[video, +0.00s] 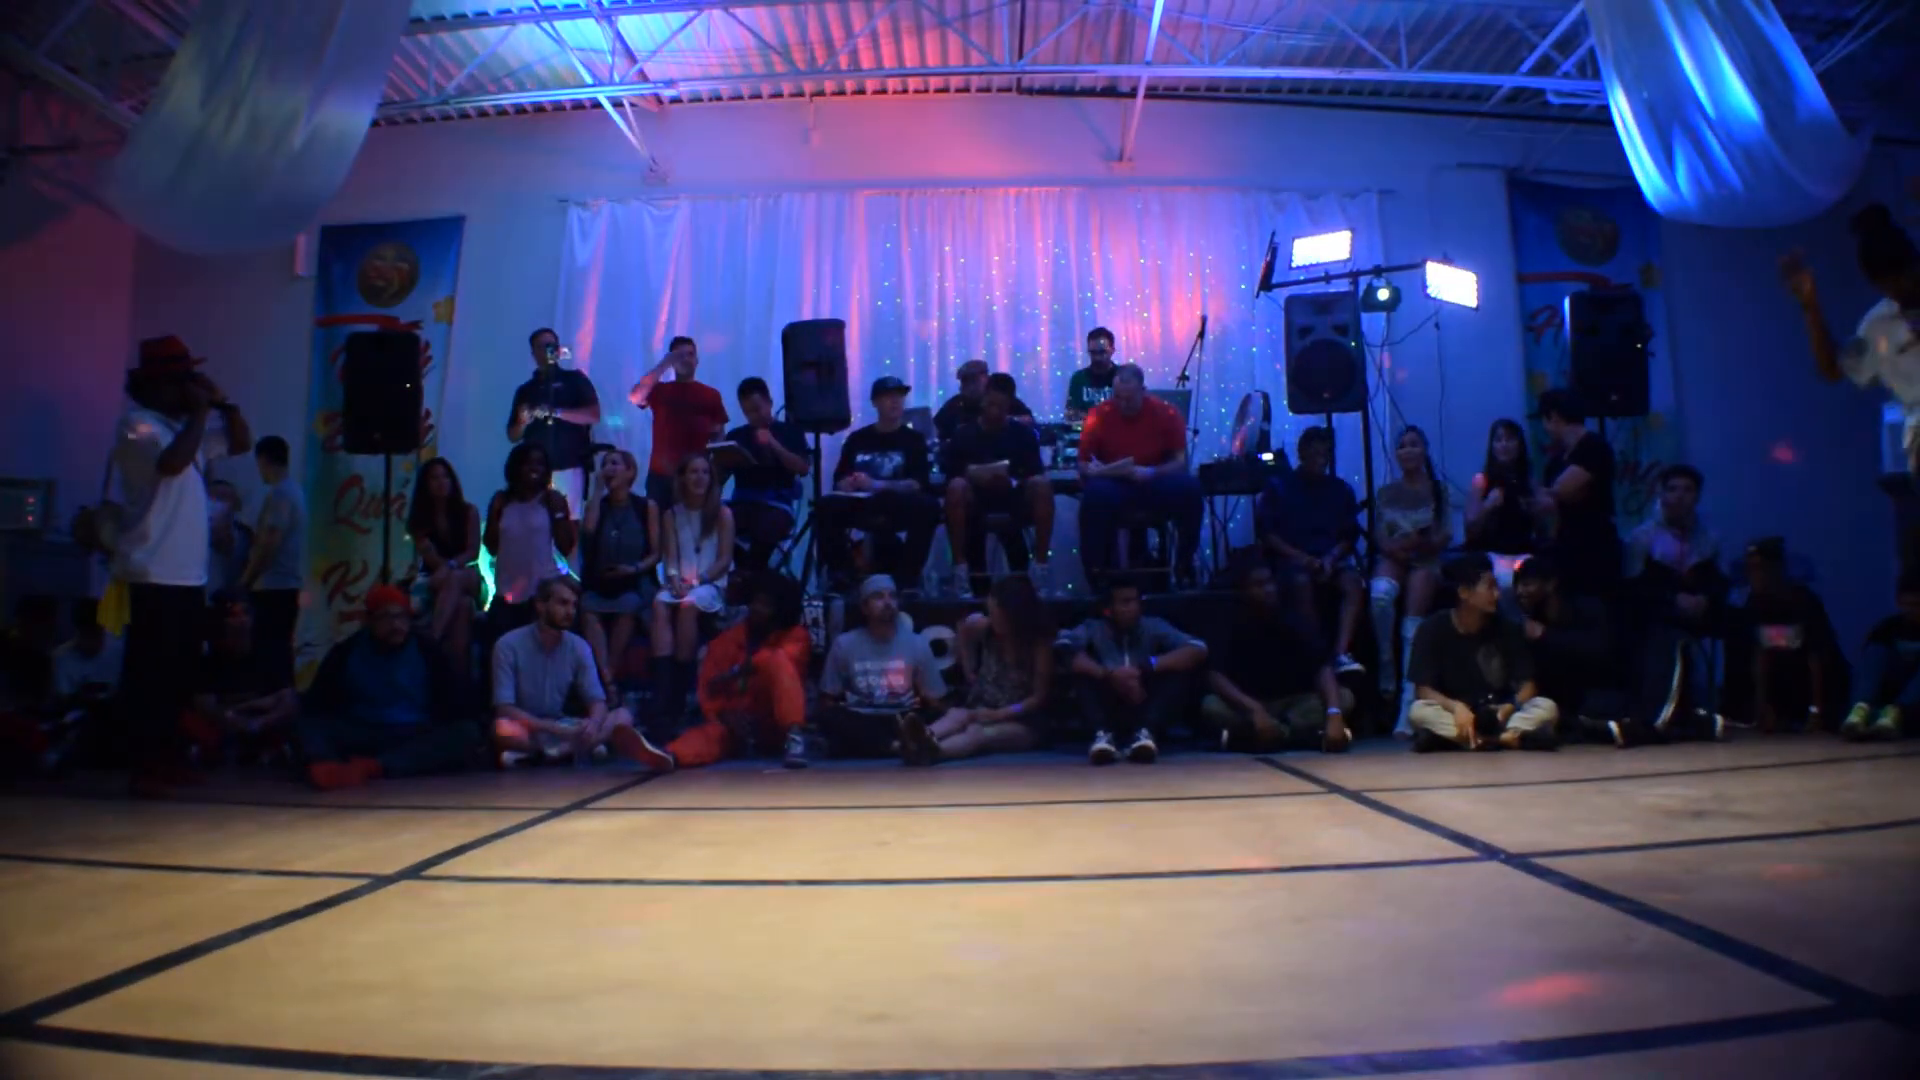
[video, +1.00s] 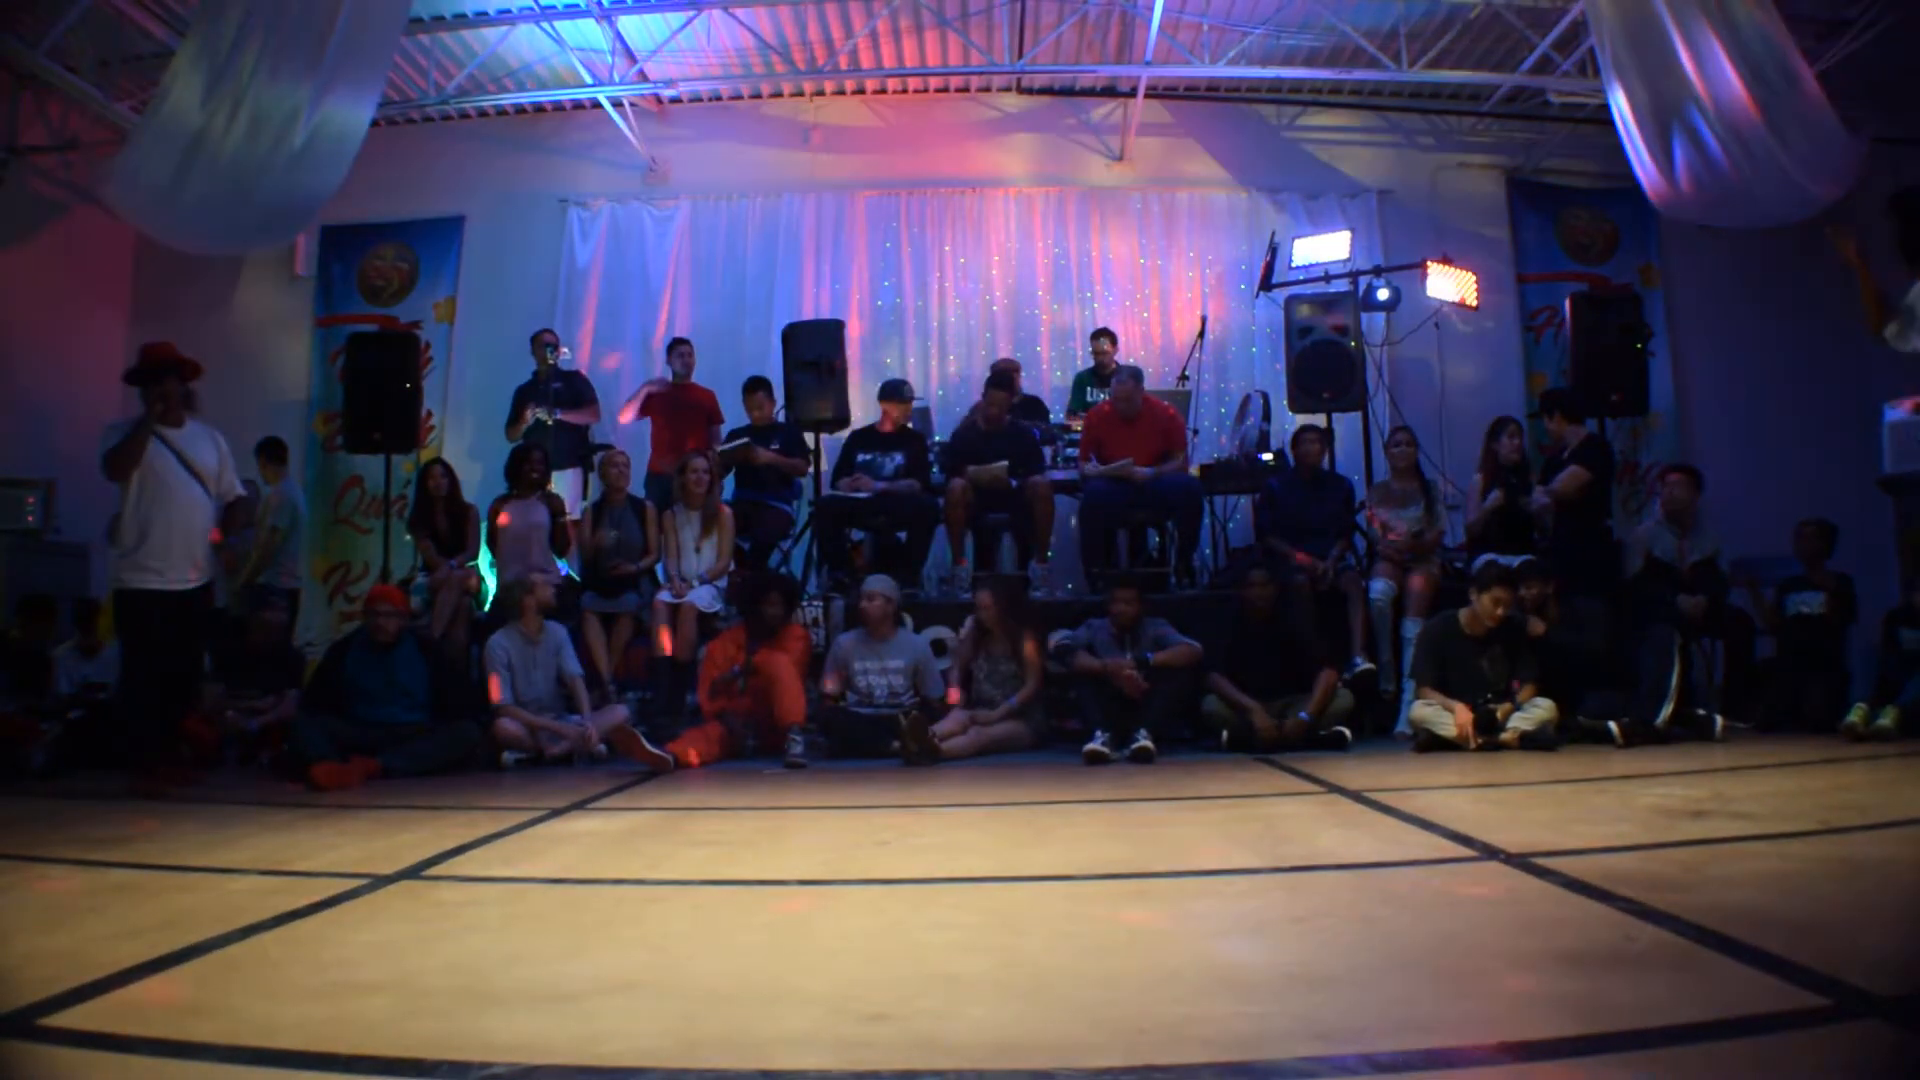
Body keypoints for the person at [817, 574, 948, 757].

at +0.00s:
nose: (887, 603)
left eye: (891, 596)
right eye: (879, 597)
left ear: (898, 602)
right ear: (865, 606)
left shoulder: (915, 644)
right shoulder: (845, 645)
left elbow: (935, 701)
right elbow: (829, 699)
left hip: (905, 715)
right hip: (861, 716)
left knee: (962, 714)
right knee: (832, 718)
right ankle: (894, 746)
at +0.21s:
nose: (887, 603)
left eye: (891, 596)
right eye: (878, 597)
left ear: (898, 602)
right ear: (865, 606)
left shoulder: (916, 644)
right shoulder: (844, 645)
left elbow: (935, 700)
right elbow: (830, 699)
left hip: (904, 715)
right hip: (860, 716)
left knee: (960, 714)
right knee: (833, 719)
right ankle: (894, 746)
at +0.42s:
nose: (885, 604)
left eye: (890, 597)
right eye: (877, 598)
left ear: (897, 603)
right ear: (864, 605)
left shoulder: (916, 645)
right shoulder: (844, 645)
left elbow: (936, 701)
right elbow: (828, 699)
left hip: (904, 717)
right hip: (859, 718)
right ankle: (895, 746)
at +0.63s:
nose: (879, 606)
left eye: (886, 599)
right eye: (871, 600)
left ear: (896, 603)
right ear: (863, 606)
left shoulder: (916, 645)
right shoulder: (844, 645)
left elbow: (936, 700)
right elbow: (828, 700)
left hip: (904, 716)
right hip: (859, 718)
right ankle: (894, 746)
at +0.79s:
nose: (871, 606)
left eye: (878, 600)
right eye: (866, 600)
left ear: (894, 605)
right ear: (861, 605)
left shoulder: (916, 645)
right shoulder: (844, 644)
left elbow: (934, 701)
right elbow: (829, 699)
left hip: (902, 715)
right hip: (858, 717)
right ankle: (894, 746)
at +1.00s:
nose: (863, 606)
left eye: (870, 599)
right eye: (862, 599)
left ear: (891, 605)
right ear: (858, 602)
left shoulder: (916, 645)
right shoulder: (845, 644)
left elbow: (934, 699)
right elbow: (830, 692)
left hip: (903, 715)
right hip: (859, 716)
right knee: (828, 717)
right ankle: (893, 746)